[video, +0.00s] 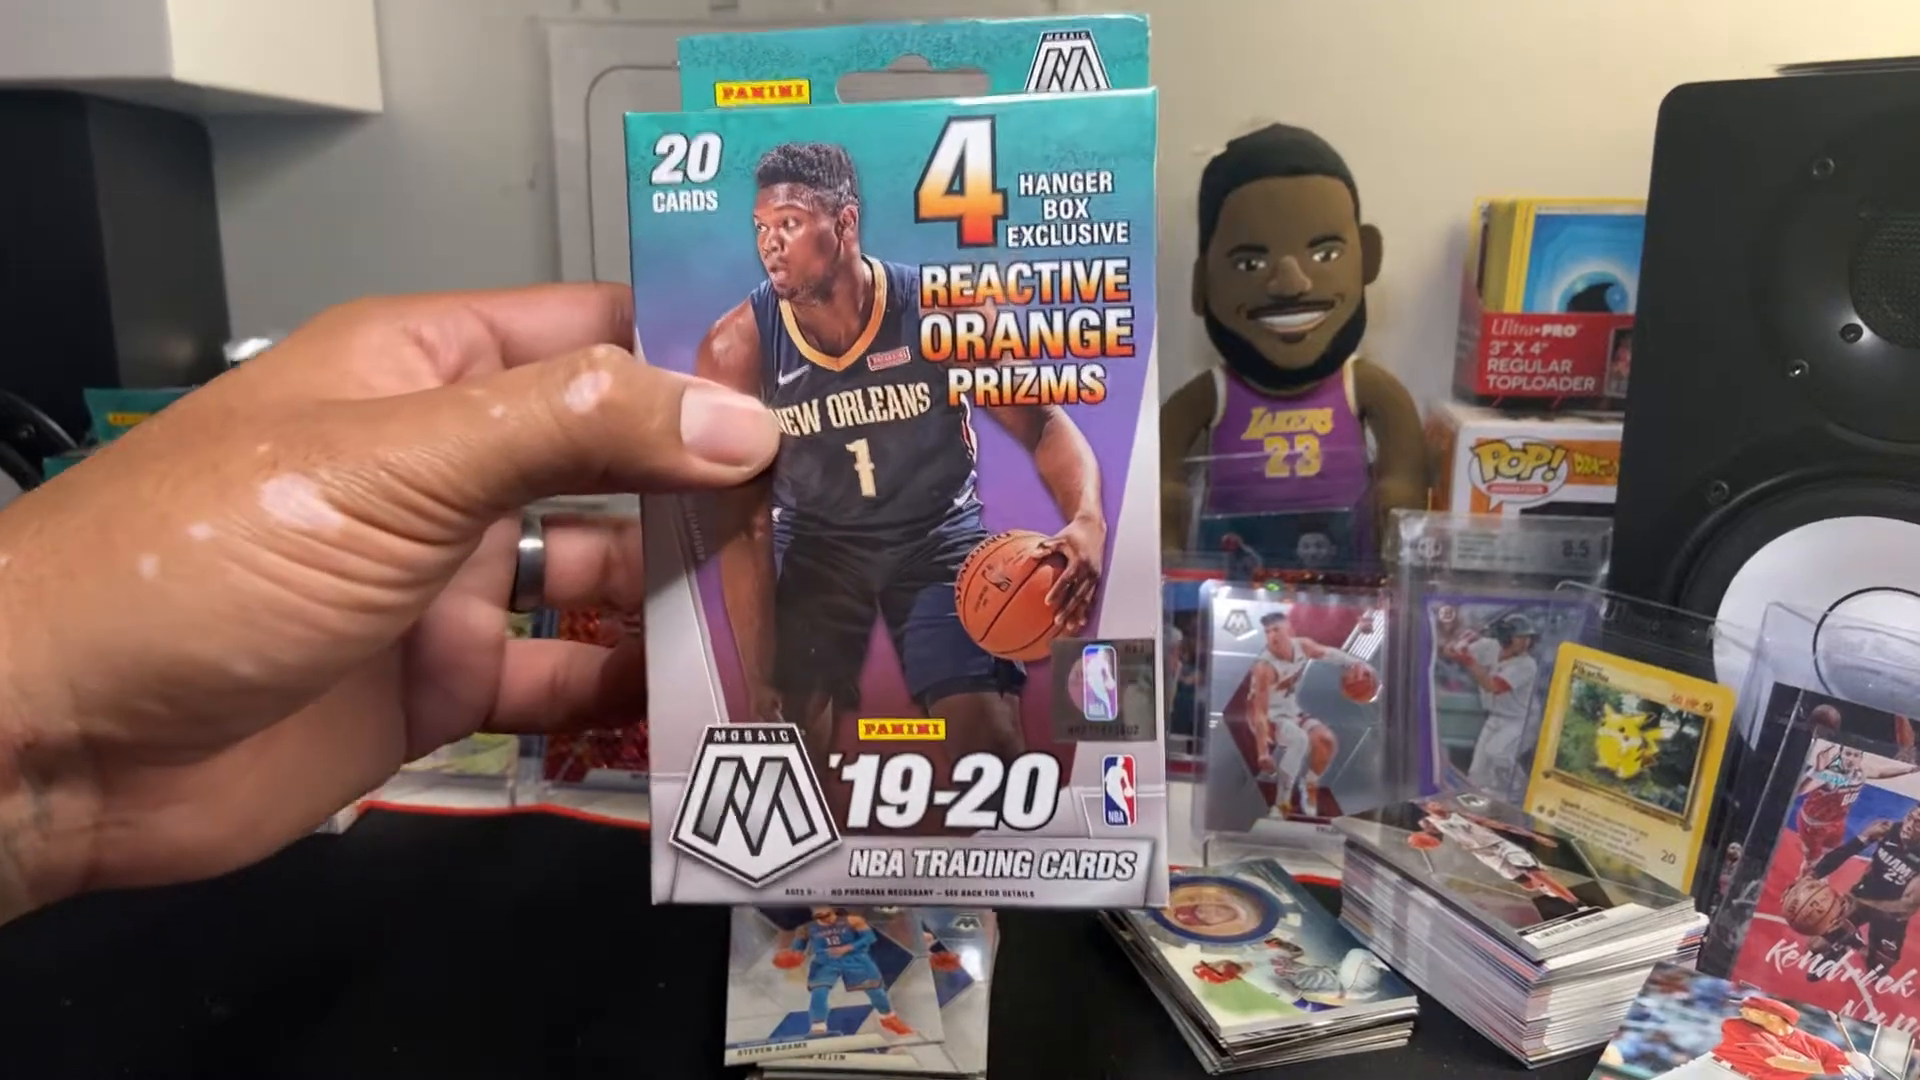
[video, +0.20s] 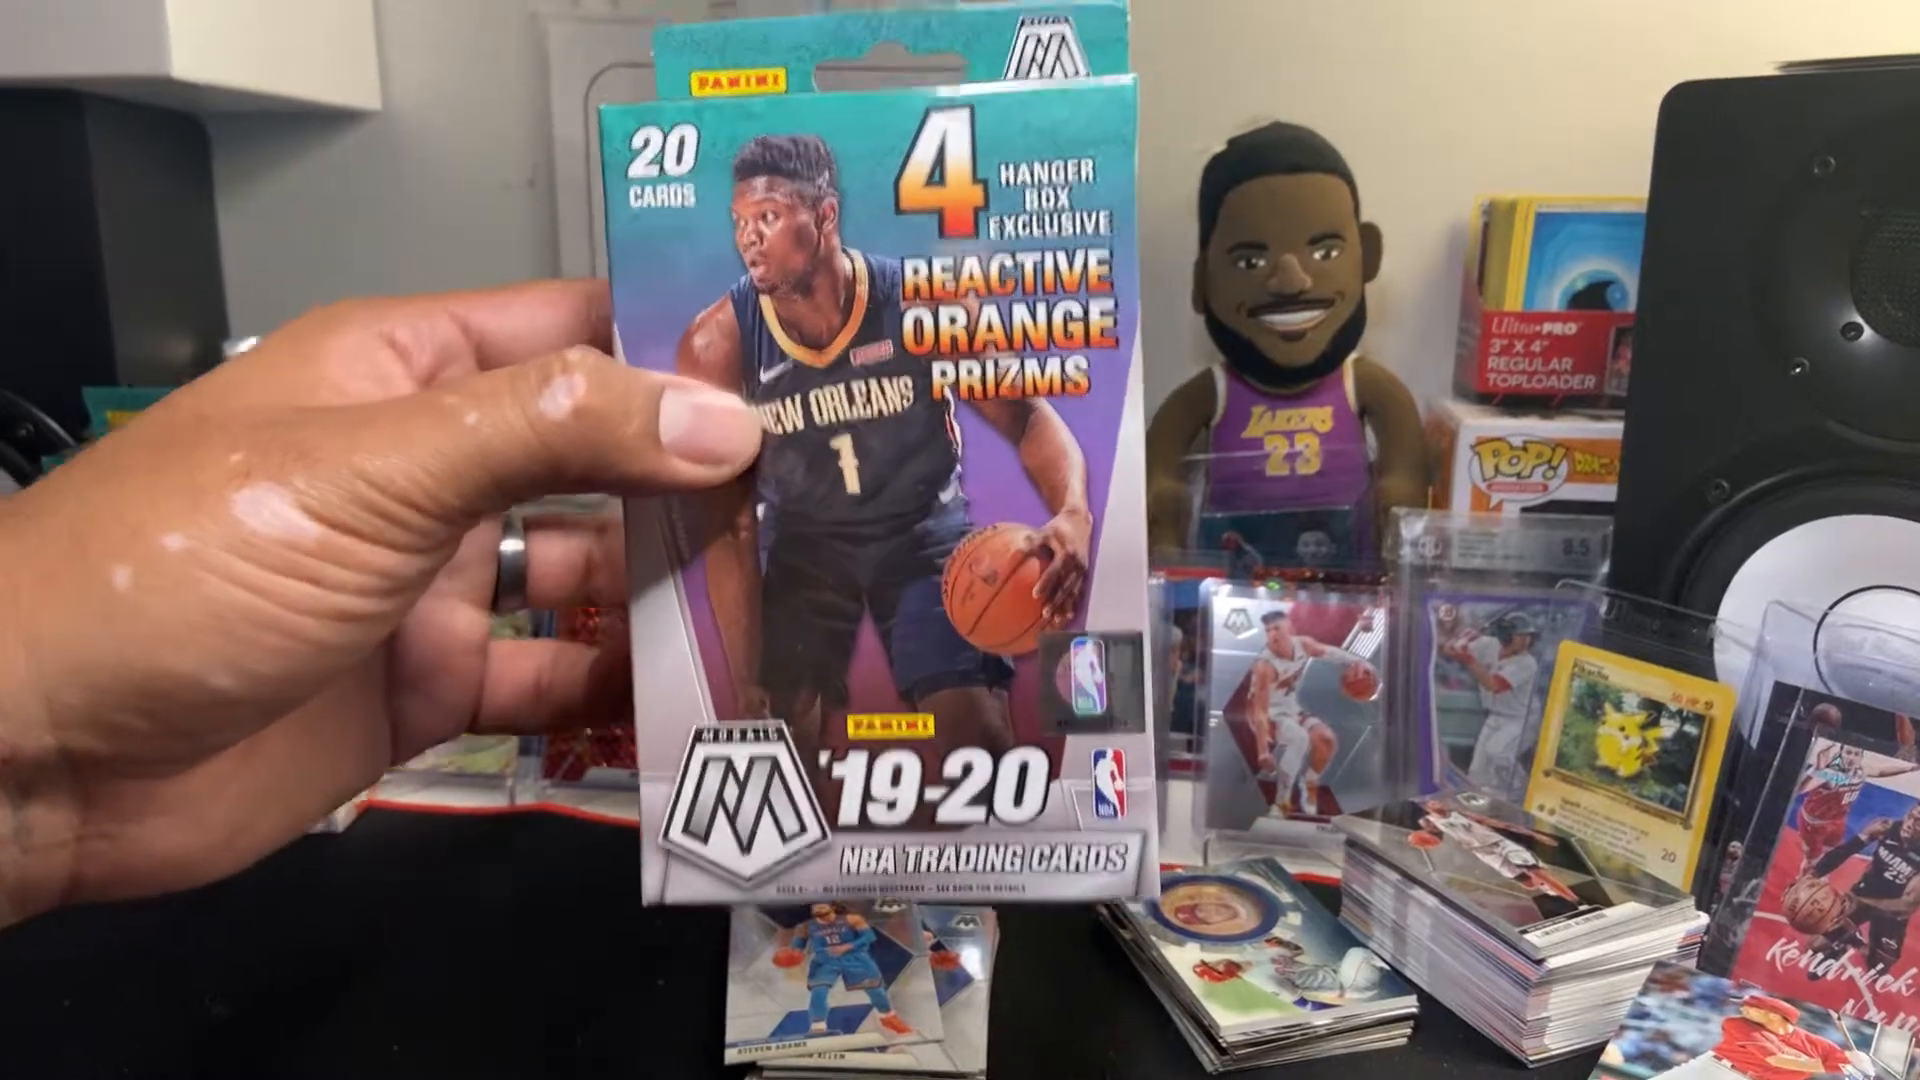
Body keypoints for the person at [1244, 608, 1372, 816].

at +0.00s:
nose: (1273, 636)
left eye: (1277, 630)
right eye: (1268, 632)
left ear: (1288, 630)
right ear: (1265, 636)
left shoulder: (1303, 646)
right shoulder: (1263, 667)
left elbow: (1331, 654)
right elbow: (1259, 713)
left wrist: (1358, 663)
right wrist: (1263, 753)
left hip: (1294, 712)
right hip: (1270, 716)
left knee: (1326, 741)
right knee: (1299, 740)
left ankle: (1310, 785)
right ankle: (1281, 804)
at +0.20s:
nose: (1273, 635)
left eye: (1278, 629)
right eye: (1269, 630)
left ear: (1289, 629)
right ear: (1265, 634)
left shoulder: (1303, 644)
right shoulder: (1264, 666)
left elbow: (1331, 653)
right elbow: (1259, 711)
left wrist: (1358, 662)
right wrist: (1263, 752)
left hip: (1294, 710)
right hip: (1271, 714)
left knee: (1326, 740)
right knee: (1300, 738)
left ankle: (1310, 784)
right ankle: (1281, 803)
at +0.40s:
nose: (1274, 633)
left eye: (1278, 627)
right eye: (1269, 629)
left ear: (1289, 628)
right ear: (1266, 633)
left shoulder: (1302, 643)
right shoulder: (1263, 665)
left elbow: (1330, 651)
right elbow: (1258, 710)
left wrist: (1358, 661)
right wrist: (1263, 750)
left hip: (1294, 709)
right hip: (1271, 713)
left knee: (1327, 739)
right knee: (1299, 737)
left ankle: (1310, 782)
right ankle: (1281, 800)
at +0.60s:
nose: (1273, 634)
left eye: (1278, 627)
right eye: (1269, 629)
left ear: (1289, 628)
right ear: (1266, 633)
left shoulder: (1303, 644)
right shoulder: (1264, 664)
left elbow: (1331, 652)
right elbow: (1259, 710)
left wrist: (1359, 661)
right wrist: (1264, 751)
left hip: (1294, 710)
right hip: (1270, 713)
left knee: (1326, 739)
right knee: (1299, 737)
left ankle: (1310, 784)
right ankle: (1282, 801)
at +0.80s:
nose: (1275, 635)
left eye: (1279, 628)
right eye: (1270, 630)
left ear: (1289, 629)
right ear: (1266, 634)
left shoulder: (1303, 645)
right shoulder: (1266, 665)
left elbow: (1331, 653)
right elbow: (1260, 709)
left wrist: (1359, 662)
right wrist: (1263, 749)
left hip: (1295, 710)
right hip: (1273, 713)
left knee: (1326, 741)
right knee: (1299, 739)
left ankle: (1311, 786)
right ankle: (1282, 801)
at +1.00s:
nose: (1274, 634)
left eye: (1278, 628)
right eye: (1269, 629)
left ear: (1289, 628)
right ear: (1265, 633)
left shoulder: (1303, 645)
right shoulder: (1264, 666)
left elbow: (1331, 652)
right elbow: (1260, 710)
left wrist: (1360, 662)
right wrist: (1263, 750)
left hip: (1295, 709)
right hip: (1272, 713)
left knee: (1326, 740)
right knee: (1299, 739)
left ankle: (1311, 787)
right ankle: (1282, 801)